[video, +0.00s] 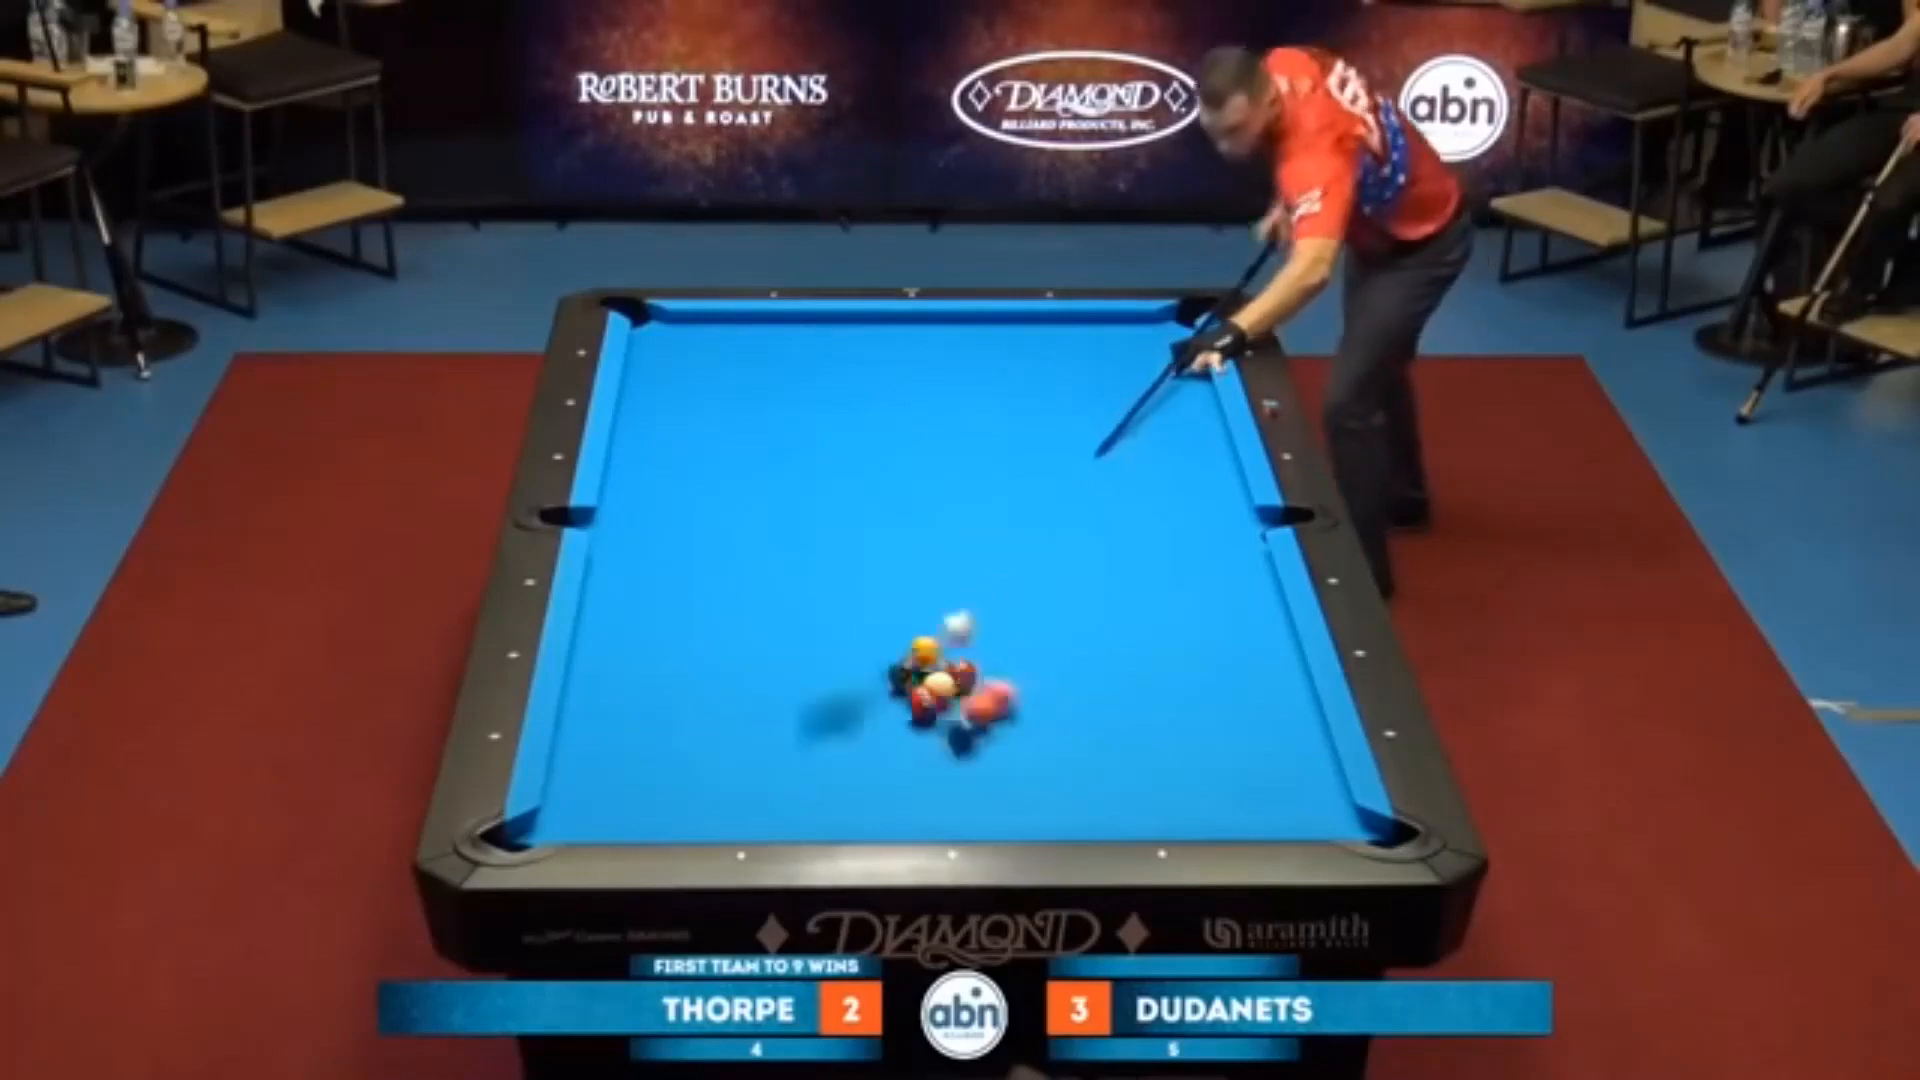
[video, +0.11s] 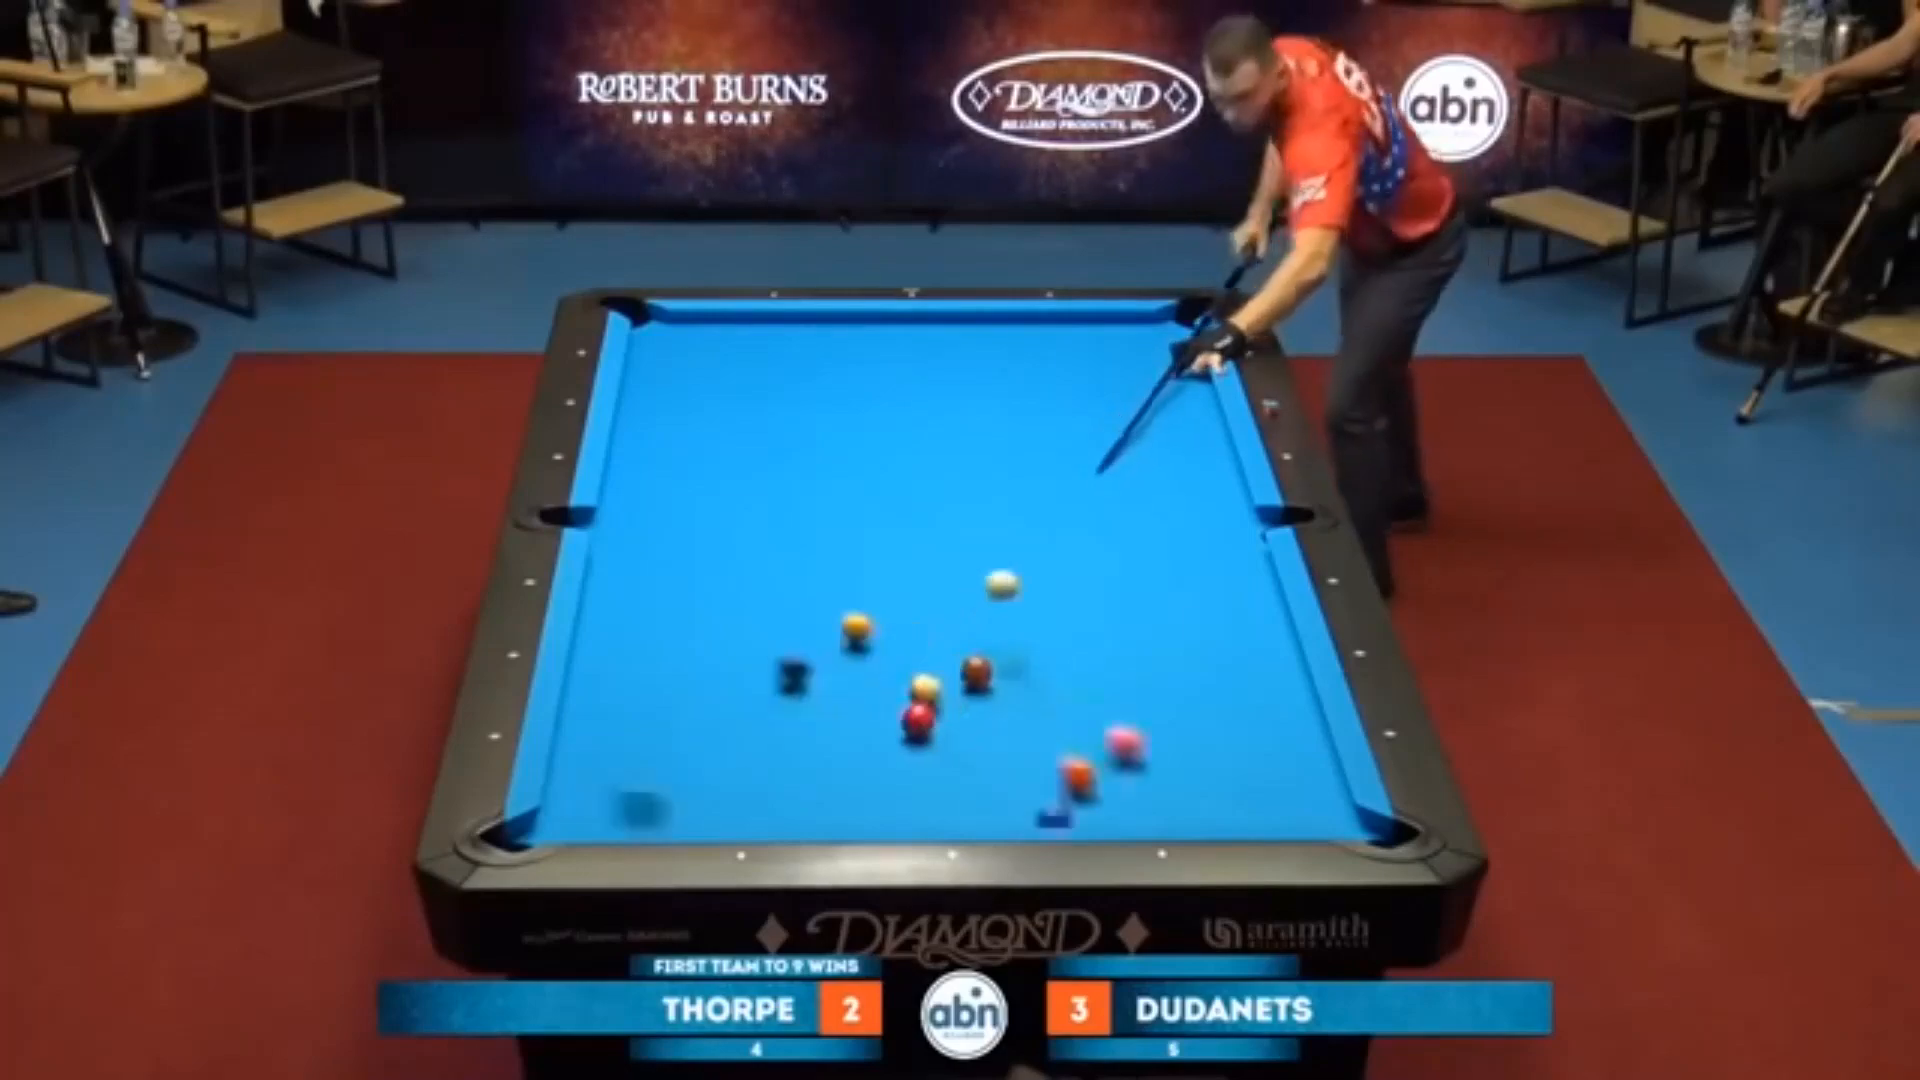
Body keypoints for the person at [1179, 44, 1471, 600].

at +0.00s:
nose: (1226, 145)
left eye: (1235, 132)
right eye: (1216, 134)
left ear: (1270, 101)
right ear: (1202, 111)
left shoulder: (1316, 143)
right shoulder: (1284, 64)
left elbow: (1313, 267)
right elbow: (1311, 133)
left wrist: (1231, 335)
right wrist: (1290, 200)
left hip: (1425, 237)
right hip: (1370, 227)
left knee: (1347, 405)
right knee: (1378, 366)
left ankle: (1368, 573)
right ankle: (1405, 497)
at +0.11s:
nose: (1233, 112)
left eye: (1243, 97)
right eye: (1221, 100)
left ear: (1275, 73)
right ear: (1209, 80)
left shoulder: (1319, 123)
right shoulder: (1284, 54)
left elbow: (1313, 260)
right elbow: (1285, 137)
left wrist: (1233, 332)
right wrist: (1259, 214)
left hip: (1420, 240)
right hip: (1363, 231)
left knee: (1351, 407)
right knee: (1379, 366)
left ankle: (1368, 574)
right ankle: (1403, 493)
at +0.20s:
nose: (1238, 107)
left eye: (1248, 92)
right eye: (1225, 95)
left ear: (1279, 68)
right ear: (1216, 75)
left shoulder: (1321, 121)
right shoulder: (1283, 52)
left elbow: (1312, 261)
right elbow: (1279, 140)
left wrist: (1232, 335)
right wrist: (1255, 220)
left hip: (1417, 240)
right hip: (1359, 230)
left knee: (1349, 409)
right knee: (1376, 365)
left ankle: (1368, 575)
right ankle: (1403, 492)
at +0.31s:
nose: (1244, 106)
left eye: (1256, 89)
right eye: (1232, 91)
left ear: (1287, 69)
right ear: (1219, 75)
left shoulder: (1326, 117)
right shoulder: (1277, 61)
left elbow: (1315, 260)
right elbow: (1272, 148)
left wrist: (1232, 337)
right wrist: (1252, 232)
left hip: (1411, 241)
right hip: (1357, 232)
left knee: (1348, 413)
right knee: (1375, 368)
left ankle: (1367, 574)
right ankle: (1402, 491)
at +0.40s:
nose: (1247, 103)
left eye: (1261, 88)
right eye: (1235, 88)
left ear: (1291, 67)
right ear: (1221, 70)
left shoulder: (1329, 116)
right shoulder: (1262, 69)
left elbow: (1317, 258)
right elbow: (1265, 158)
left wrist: (1234, 337)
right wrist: (1249, 243)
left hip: (1409, 241)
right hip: (1351, 235)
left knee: (1347, 414)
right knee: (1376, 369)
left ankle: (1367, 575)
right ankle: (1402, 491)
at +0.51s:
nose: (1256, 101)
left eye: (1271, 85)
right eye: (1243, 86)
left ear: (1298, 64)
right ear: (1226, 66)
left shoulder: (1335, 118)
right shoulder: (1254, 80)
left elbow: (1319, 261)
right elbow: (1260, 165)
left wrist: (1237, 337)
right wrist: (1247, 256)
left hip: (1406, 242)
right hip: (1347, 237)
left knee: (1347, 414)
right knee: (1376, 371)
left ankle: (1367, 575)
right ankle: (1402, 493)